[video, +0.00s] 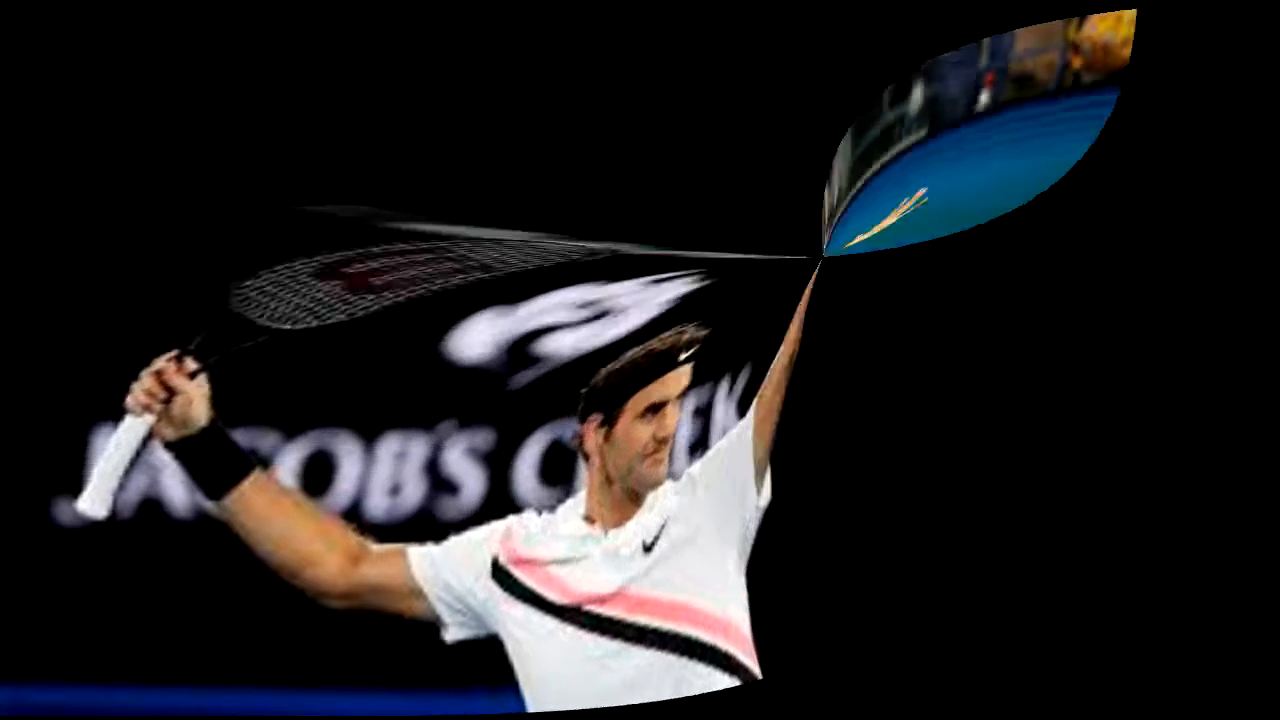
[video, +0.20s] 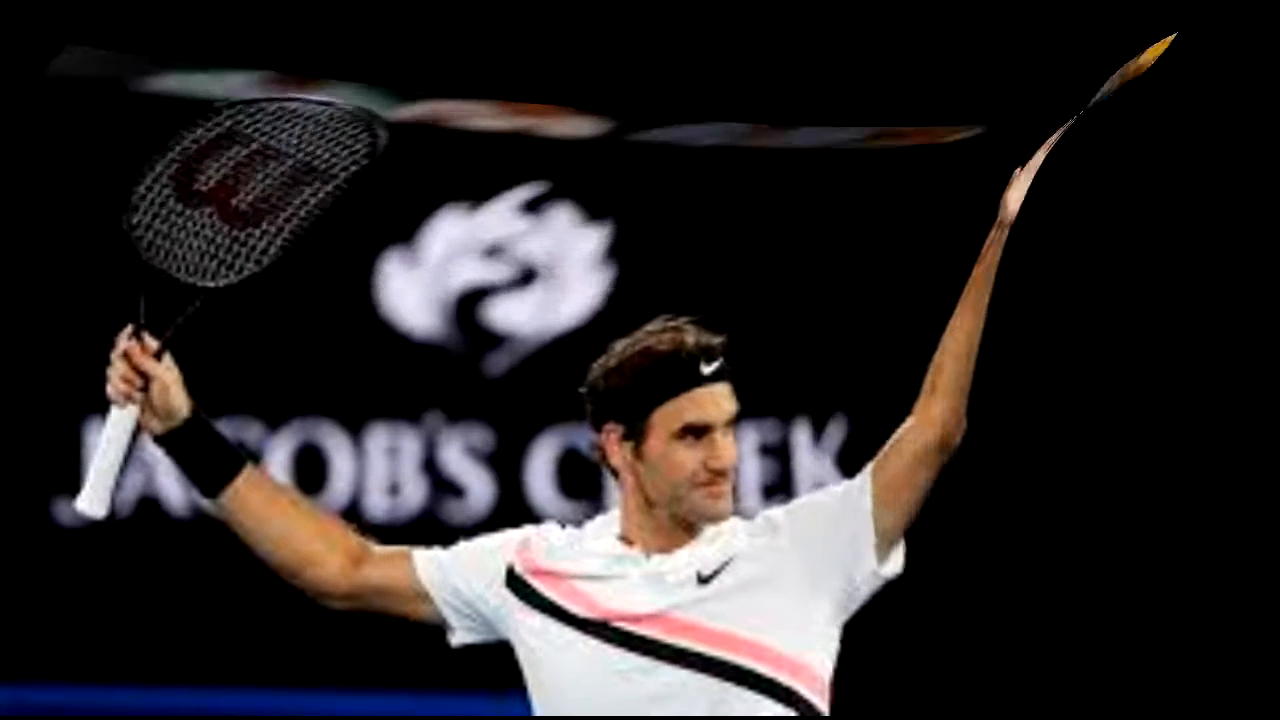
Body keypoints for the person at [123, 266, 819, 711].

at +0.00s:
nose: (672, 432)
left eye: (682, 410)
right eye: (652, 414)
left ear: (693, 418)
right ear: (592, 435)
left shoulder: (715, 503)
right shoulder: (504, 556)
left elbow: (791, 371)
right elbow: (342, 568)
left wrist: (853, 236)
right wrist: (198, 441)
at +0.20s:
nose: (722, 460)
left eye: (730, 433)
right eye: (693, 439)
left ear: (744, 435)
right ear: (619, 450)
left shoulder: (809, 545)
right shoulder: (529, 569)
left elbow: (936, 428)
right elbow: (343, 567)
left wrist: (1005, 236)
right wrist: (183, 432)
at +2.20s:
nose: (734, 464)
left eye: (740, 437)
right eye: (703, 442)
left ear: (749, 441)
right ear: (621, 455)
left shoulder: (815, 552)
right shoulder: (532, 573)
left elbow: (1004, 456)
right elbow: (340, 568)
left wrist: (1116, 300)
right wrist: (188, 429)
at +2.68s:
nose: (748, 459)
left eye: (753, 432)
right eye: (716, 437)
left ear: (764, 432)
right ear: (643, 449)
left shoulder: (826, 549)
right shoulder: (587, 564)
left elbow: (1007, 454)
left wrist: (1119, 298)